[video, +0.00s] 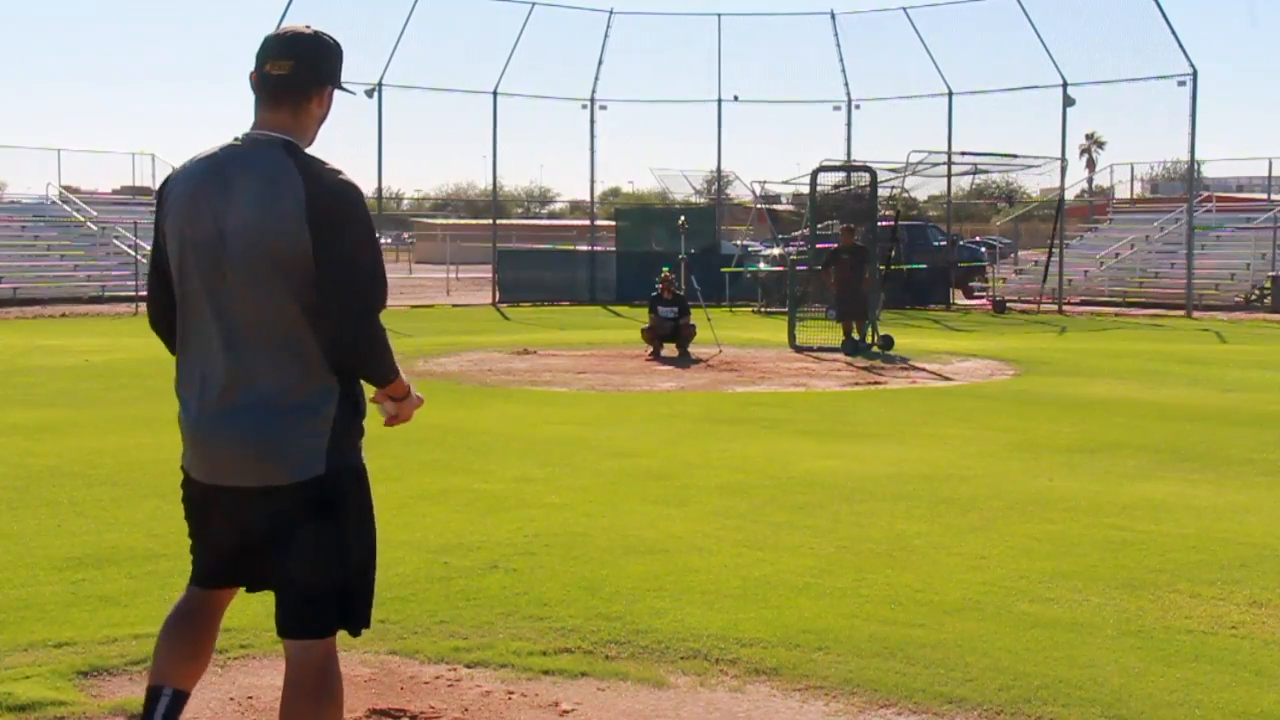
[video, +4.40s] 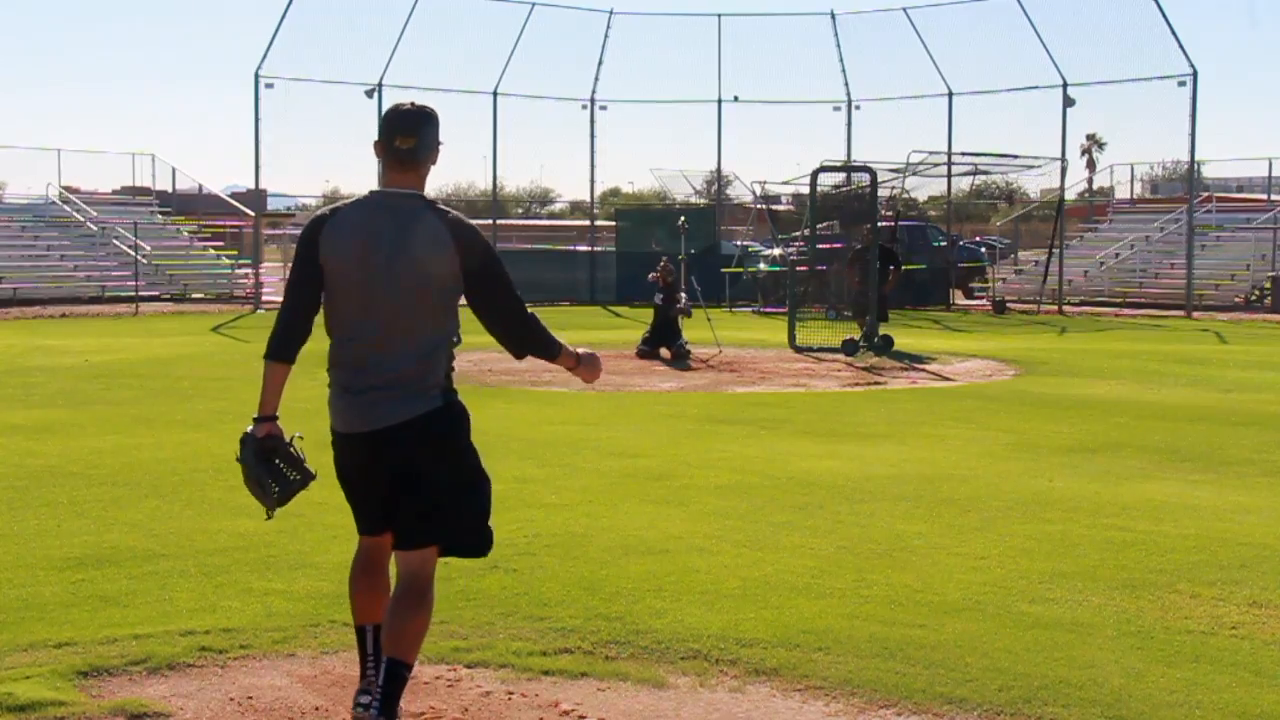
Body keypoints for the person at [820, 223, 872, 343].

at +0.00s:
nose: (845, 239)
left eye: (848, 236)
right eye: (843, 235)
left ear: (853, 236)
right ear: (840, 236)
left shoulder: (862, 250)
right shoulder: (835, 252)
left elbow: (870, 267)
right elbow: (825, 268)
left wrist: (868, 280)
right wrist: (831, 283)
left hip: (858, 287)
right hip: (842, 287)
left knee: (860, 316)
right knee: (845, 316)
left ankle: (862, 339)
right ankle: (847, 340)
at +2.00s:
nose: (855, 238)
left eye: (857, 235)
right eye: (853, 235)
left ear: (861, 236)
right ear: (848, 236)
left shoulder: (867, 251)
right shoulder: (843, 252)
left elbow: (880, 265)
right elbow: (830, 268)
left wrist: (874, 282)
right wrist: (835, 284)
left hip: (864, 288)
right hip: (848, 288)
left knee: (868, 317)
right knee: (848, 317)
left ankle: (871, 344)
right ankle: (849, 342)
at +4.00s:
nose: (866, 239)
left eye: (869, 236)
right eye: (865, 236)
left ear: (875, 237)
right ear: (862, 237)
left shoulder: (886, 252)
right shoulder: (857, 252)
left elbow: (896, 268)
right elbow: (845, 267)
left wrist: (889, 284)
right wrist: (850, 281)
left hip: (878, 289)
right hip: (861, 288)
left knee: (875, 316)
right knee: (856, 316)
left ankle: (873, 341)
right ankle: (852, 340)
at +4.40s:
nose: (867, 237)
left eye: (870, 234)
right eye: (865, 234)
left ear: (876, 236)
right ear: (863, 236)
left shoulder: (885, 251)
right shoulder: (858, 252)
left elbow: (897, 266)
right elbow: (850, 267)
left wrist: (890, 284)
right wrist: (854, 281)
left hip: (878, 287)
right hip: (862, 287)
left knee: (876, 315)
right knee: (858, 314)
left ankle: (875, 337)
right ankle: (866, 336)